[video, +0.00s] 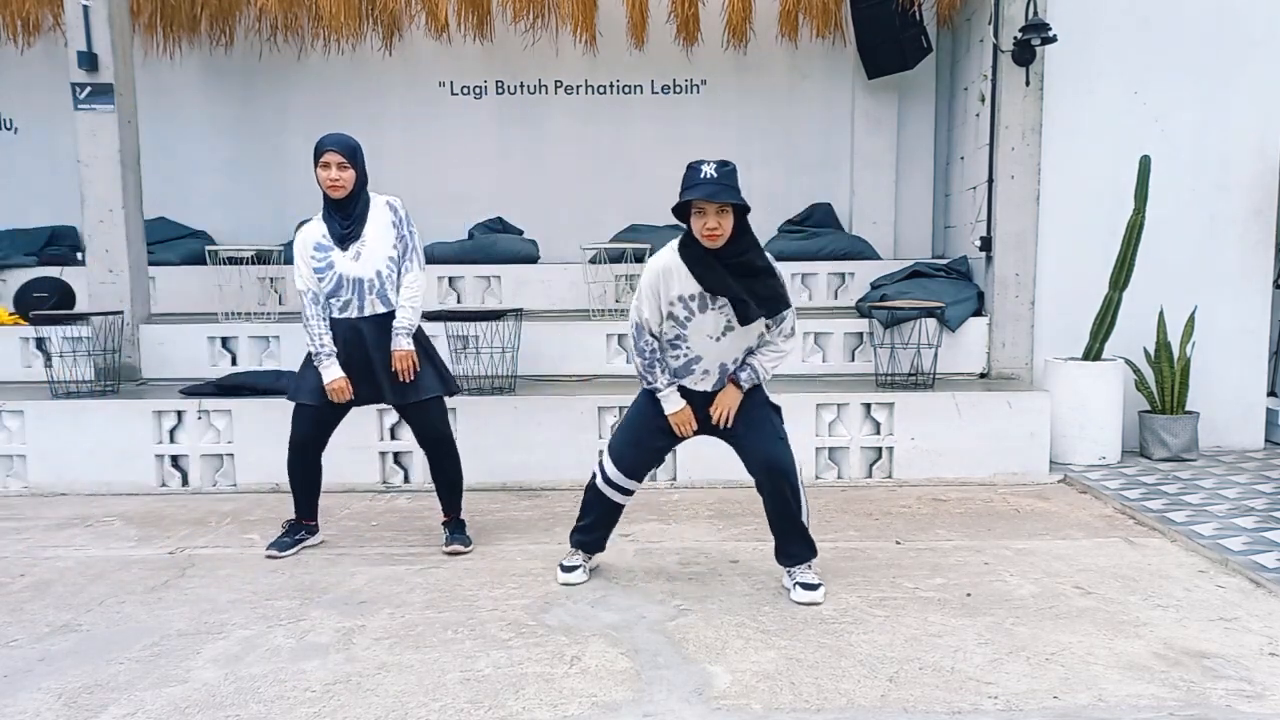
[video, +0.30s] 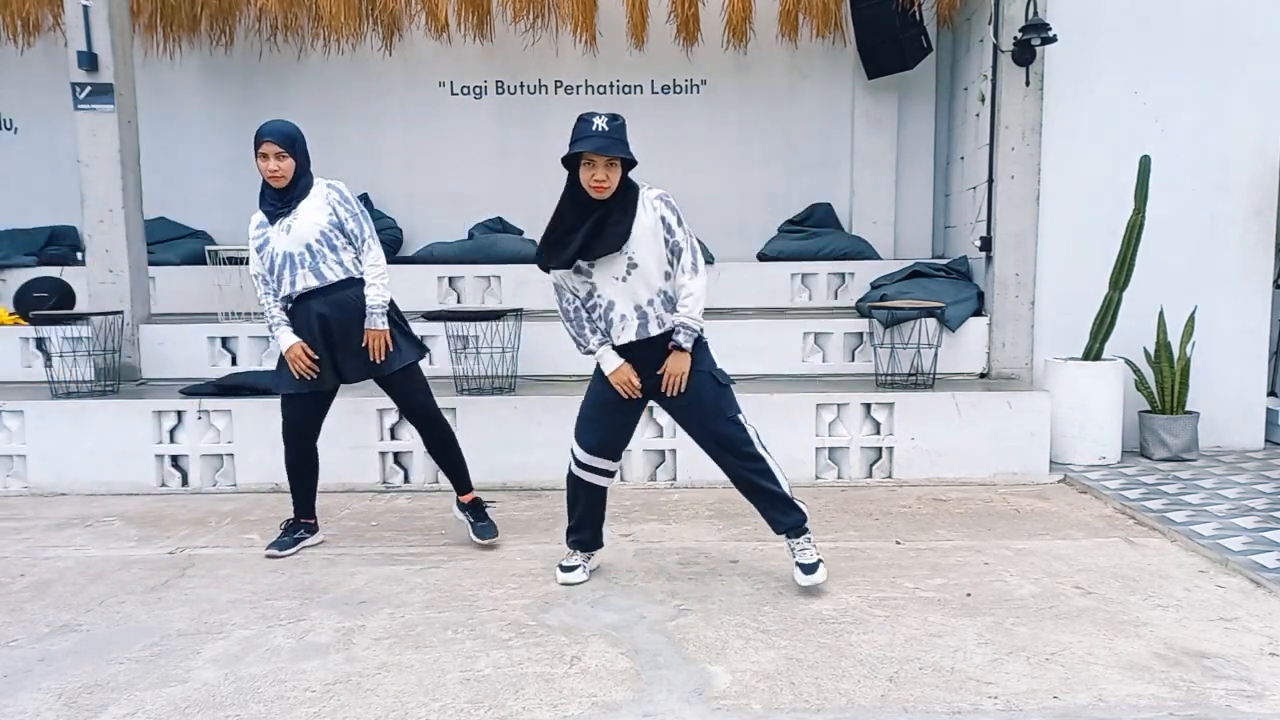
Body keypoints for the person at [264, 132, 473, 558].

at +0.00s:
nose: (334, 175)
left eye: (343, 167)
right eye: (325, 167)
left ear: (359, 171)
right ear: (317, 174)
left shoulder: (391, 211)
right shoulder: (307, 235)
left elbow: (413, 275)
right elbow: (311, 307)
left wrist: (403, 336)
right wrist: (328, 365)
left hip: (394, 340)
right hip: (336, 347)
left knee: (436, 435)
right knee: (303, 439)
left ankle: (454, 523)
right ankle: (305, 523)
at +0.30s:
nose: (273, 165)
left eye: (281, 156)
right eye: (264, 157)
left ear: (300, 156)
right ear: (256, 163)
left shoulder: (333, 193)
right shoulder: (259, 224)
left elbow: (372, 251)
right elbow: (266, 292)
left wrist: (376, 313)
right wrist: (285, 337)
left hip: (362, 312)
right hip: (306, 328)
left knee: (423, 411)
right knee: (297, 432)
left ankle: (469, 500)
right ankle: (304, 522)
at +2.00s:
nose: (329, 198)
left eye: (338, 189)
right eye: (320, 189)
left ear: (353, 193)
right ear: (309, 196)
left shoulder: (384, 233)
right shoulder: (301, 252)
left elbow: (419, 298)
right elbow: (309, 323)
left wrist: (428, 360)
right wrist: (327, 379)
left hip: (401, 351)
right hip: (343, 357)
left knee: (453, 427)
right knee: (295, 433)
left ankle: (480, 516)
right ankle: (307, 520)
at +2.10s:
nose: (309, 181)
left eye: (318, 171)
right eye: (300, 172)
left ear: (333, 174)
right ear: (289, 177)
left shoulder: (363, 213)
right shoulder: (284, 233)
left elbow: (399, 280)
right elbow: (291, 307)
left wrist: (407, 344)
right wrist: (307, 359)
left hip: (384, 337)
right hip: (330, 348)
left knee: (440, 415)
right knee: (293, 429)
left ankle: (486, 509)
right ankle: (307, 519)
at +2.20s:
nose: (298, 176)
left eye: (306, 166)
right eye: (289, 168)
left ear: (322, 167)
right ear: (278, 172)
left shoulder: (352, 203)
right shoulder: (277, 223)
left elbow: (389, 267)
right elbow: (281, 295)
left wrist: (392, 330)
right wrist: (294, 345)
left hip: (374, 322)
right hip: (321, 335)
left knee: (431, 413)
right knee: (293, 427)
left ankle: (486, 498)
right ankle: (307, 518)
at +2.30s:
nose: (292, 180)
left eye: (300, 171)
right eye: (283, 172)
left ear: (316, 171)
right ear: (273, 176)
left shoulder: (346, 206)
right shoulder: (275, 228)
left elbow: (385, 268)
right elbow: (279, 299)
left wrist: (385, 330)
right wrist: (285, 344)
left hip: (367, 327)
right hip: (314, 340)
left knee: (421, 418)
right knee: (289, 430)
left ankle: (480, 502)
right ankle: (306, 518)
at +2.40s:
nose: (289, 178)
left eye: (297, 168)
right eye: (280, 169)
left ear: (313, 169)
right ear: (270, 174)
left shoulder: (343, 207)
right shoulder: (272, 229)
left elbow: (382, 270)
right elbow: (277, 303)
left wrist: (386, 331)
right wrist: (284, 347)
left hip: (364, 328)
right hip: (312, 339)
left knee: (420, 421)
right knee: (286, 431)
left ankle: (477, 504)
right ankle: (306, 518)